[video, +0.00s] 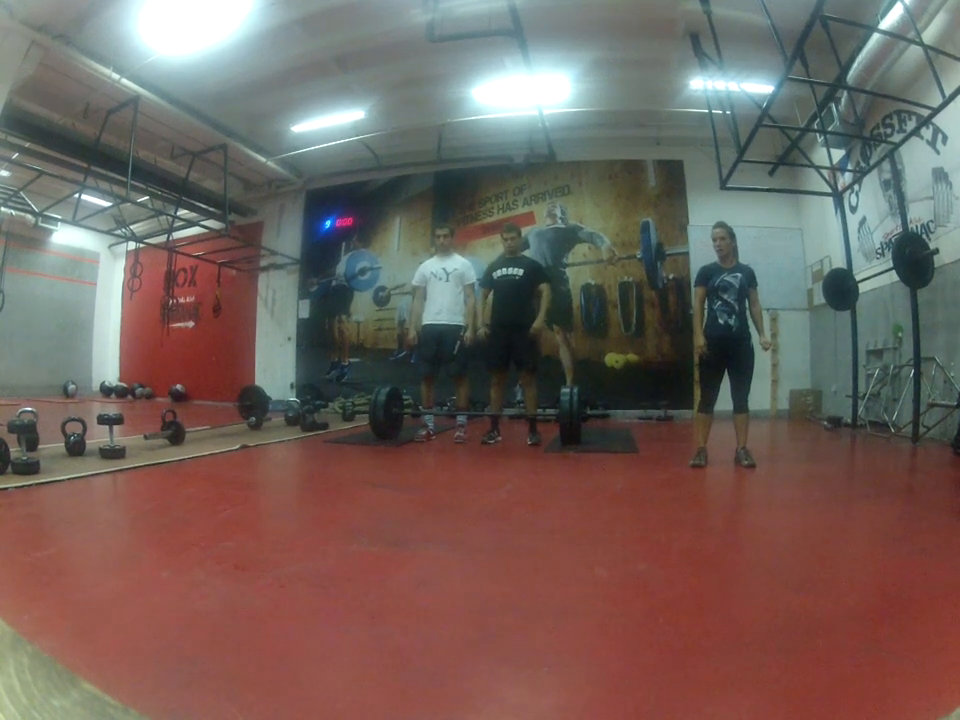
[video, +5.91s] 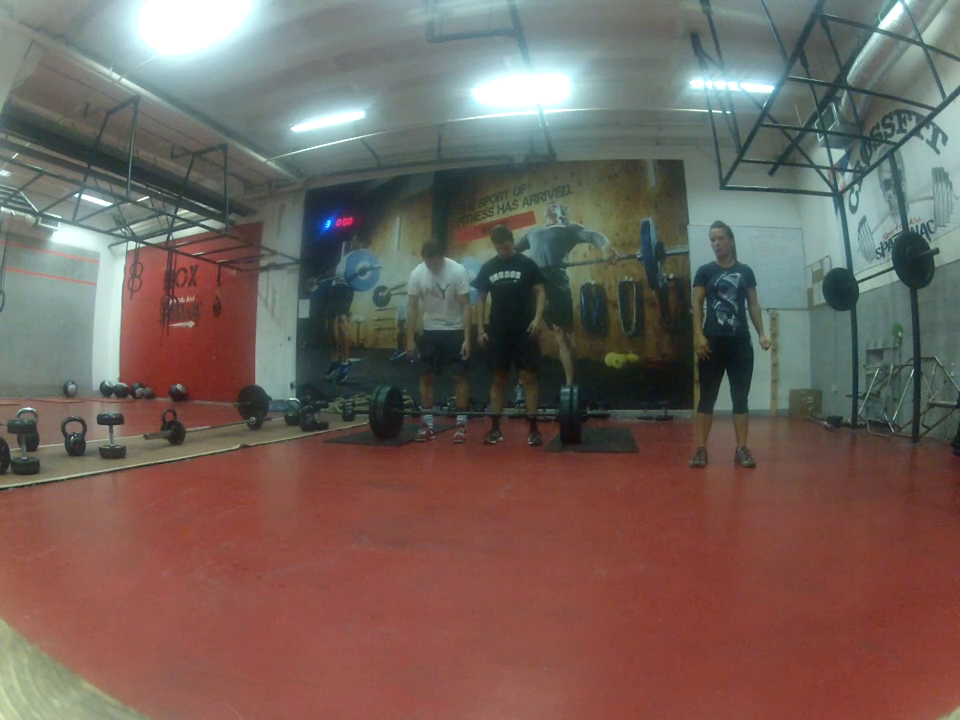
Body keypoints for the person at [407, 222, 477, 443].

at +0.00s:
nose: (442, 240)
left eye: (445, 236)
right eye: (438, 237)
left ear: (452, 239)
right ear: (434, 239)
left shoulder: (463, 264)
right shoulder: (425, 267)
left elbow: (470, 298)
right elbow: (417, 299)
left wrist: (470, 328)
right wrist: (413, 328)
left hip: (456, 327)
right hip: (429, 327)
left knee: (460, 377)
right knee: (427, 376)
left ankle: (461, 424)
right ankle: (428, 425)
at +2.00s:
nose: (431, 242)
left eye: (433, 238)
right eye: (432, 238)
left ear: (441, 239)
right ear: (442, 239)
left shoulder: (463, 262)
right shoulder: (428, 265)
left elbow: (470, 295)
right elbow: (421, 297)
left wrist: (466, 328)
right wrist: (415, 326)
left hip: (455, 327)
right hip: (429, 327)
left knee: (460, 376)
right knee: (426, 376)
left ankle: (461, 424)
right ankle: (427, 424)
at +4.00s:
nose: (439, 249)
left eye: (442, 245)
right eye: (435, 246)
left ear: (449, 243)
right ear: (431, 244)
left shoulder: (460, 264)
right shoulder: (423, 267)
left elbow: (469, 296)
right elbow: (414, 298)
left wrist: (470, 326)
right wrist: (405, 325)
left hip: (455, 328)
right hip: (428, 328)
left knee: (459, 376)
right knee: (426, 376)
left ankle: (461, 426)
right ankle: (427, 425)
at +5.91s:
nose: (432, 266)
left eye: (435, 262)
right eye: (429, 262)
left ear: (442, 257)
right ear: (424, 259)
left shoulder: (457, 271)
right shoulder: (418, 273)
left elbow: (466, 305)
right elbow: (412, 308)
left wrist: (467, 339)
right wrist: (410, 339)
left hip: (455, 331)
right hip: (430, 331)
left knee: (459, 377)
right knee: (426, 377)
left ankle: (461, 426)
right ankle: (427, 425)